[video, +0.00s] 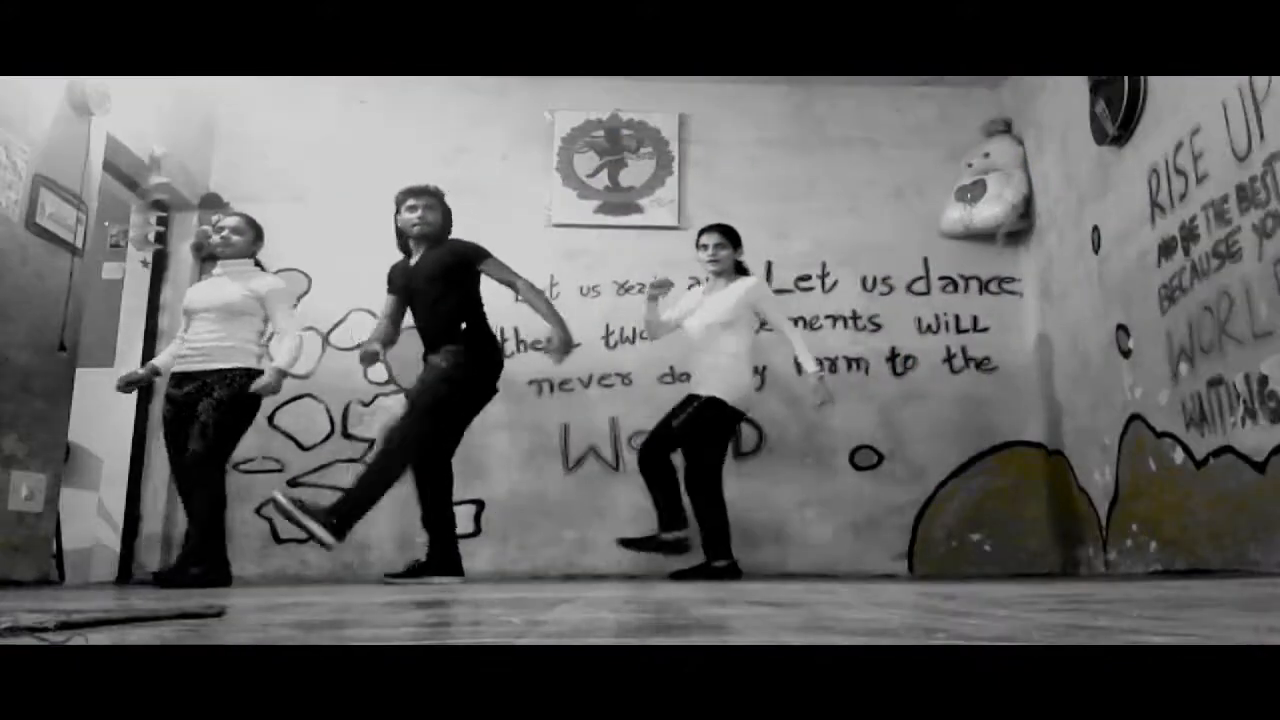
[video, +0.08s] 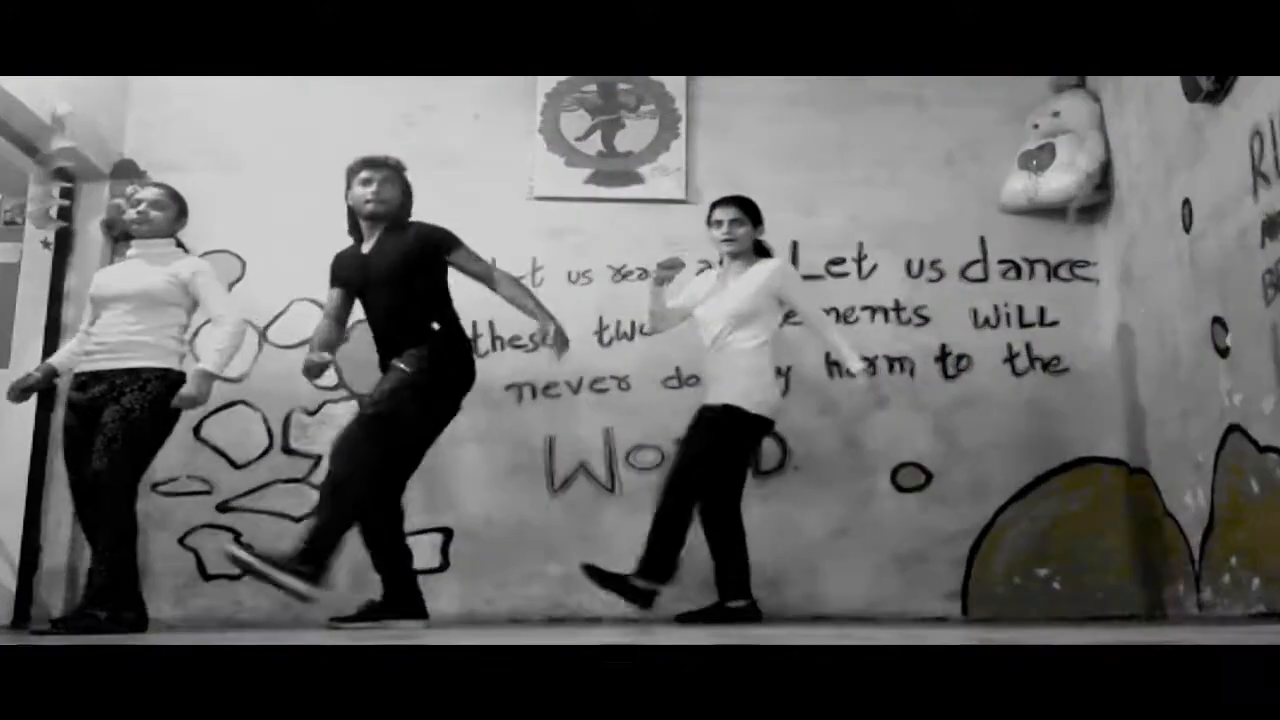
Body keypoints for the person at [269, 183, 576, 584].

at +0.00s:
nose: (419, 213)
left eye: (429, 208)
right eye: (410, 209)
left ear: (445, 219)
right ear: (399, 223)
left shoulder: (458, 252)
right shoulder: (401, 273)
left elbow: (518, 284)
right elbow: (390, 322)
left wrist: (559, 326)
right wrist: (374, 344)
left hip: (473, 361)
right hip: (442, 367)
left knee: (405, 433)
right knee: (430, 454)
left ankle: (337, 519)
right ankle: (444, 556)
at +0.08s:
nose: (374, 189)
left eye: (385, 183)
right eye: (364, 183)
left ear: (403, 197)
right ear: (349, 199)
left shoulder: (425, 238)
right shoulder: (347, 262)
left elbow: (492, 277)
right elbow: (334, 320)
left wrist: (544, 316)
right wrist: (315, 352)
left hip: (441, 366)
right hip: (399, 375)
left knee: (356, 445)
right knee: (375, 480)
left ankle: (309, 561)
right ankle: (402, 597)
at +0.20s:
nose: (383, 178)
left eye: (395, 172)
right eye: (374, 172)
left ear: (412, 187)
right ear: (358, 187)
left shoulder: (438, 230)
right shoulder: (342, 248)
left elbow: (512, 262)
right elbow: (302, 302)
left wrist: (513, 273)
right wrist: (341, 313)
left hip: (436, 359)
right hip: (384, 367)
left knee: (373, 432)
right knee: (358, 475)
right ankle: (398, 594)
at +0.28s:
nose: (387, 171)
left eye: (398, 165)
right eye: (377, 165)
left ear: (416, 180)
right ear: (360, 180)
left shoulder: (437, 214)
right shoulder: (345, 240)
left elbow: (510, 243)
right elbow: (287, 294)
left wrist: (534, 284)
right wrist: (315, 267)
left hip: (432, 356)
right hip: (375, 366)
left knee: (403, 429)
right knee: (364, 470)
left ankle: (421, 560)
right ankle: (388, 594)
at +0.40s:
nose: (388, 178)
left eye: (400, 173)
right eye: (378, 173)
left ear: (419, 190)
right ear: (363, 193)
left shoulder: (444, 229)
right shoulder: (358, 253)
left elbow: (502, 283)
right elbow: (315, 290)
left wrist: (550, 332)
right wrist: (285, 241)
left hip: (438, 383)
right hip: (372, 386)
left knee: (435, 492)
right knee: (355, 496)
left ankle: (449, 593)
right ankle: (361, 599)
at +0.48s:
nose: (390, 192)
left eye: (401, 187)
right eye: (380, 187)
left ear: (420, 203)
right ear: (366, 205)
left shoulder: (448, 243)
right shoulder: (365, 262)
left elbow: (499, 297)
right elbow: (331, 286)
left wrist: (540, 350)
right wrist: (298, 250)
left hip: (436, 389)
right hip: (374, 390)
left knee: (430, 494)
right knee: (351, 495)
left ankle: (451, 596)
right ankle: (368, 599)